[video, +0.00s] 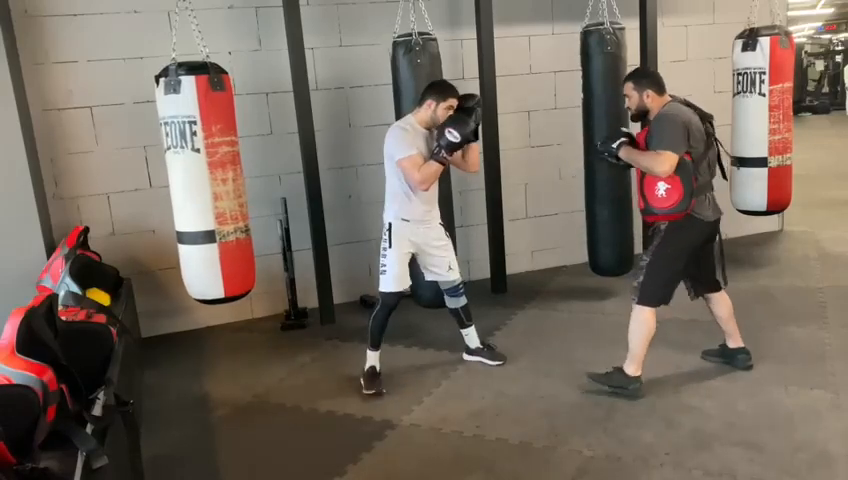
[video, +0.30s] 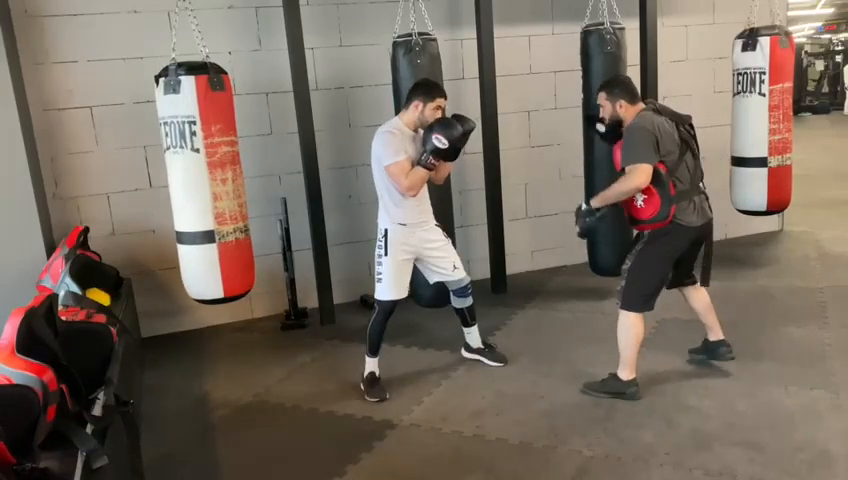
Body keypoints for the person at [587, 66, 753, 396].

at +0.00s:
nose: (626, 104)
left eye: (629, 97)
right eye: (626, 97)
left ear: (647, 94)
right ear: (654, 93)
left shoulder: (668, 119)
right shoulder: (679, 112)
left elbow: (663, 164)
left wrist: (624, 150)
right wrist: (635, 148)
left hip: (682, 222)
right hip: (703, 218)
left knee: (647, 296)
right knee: (710, 285)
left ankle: (630, 373)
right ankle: (736, 347)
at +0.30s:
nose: (602, 114)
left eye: (603, 107)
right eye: (600, 108)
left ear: (620, 104)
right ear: (632, 100)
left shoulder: (639, 127)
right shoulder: (662, 116)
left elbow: (638, 178)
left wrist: (592, 204)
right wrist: (615, 136)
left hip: (670, 224)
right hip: (697, 219)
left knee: (633, 297)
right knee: (685, 278)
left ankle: (625, 377)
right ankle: (717, 342)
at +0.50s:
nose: (625, 116)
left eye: (630, 108)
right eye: (623, 109)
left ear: (658, 104)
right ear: (663, 106)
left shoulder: (670, 141)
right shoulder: (691, 129)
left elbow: (665, 204)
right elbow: (661, 184)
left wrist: (604, 197)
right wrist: (626, 149)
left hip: (694, 263)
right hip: (723, 255)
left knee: (640, 348)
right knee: (705, 327)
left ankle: (639, 447)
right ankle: (741, 405)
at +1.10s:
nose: (604, 120)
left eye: (610, 112)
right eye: (602, 112)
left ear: (638, 111)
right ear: (638, 113)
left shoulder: (660, 147)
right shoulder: (640, 145)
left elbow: (675, 209)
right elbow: (609, 188)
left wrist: (608, 197)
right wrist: (592, 151)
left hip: (663, 273)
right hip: (667, 268)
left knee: (613, 363)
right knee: (687, 344)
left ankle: (604, 461)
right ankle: (738, 408)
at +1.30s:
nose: (581, 140)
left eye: (585, 132)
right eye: (580, 132)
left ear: (611, 131)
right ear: (602, 132)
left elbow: (693, 216)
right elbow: (566, 198)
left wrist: (647, 177)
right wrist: (547, 200)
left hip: (657, 279)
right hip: (625, 277)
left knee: (601, 365)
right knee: (654, 350)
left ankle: (605, 465)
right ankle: (723, 394)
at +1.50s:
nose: (581, 139)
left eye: (586, 131)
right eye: (579, 131)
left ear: (612, 128)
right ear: (607, 129)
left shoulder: (662, 156)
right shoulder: (605, 164)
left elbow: (682, 211)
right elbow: (581, 226)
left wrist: (626, 174)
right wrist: (572, 201)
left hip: (656, 283)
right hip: (633, 280)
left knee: (593, 368)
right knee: (663, 354)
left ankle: (605, 464)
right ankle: (728, 409)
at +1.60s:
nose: (589, 133)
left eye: (593, 124)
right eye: (587, 126)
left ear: (620, 122)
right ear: (620, 125)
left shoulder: (653, 149)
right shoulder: (626, 157)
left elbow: (689, 199)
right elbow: (631, 207)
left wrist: (629, 169)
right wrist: (590, 205)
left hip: (651, 281)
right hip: (678, 274)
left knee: (592, 366)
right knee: (682, 345)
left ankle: (605, 462)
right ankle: (737, 409)